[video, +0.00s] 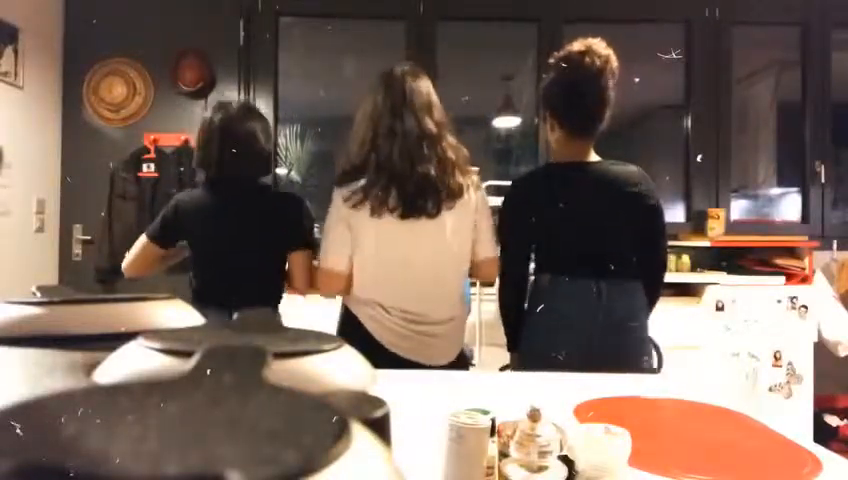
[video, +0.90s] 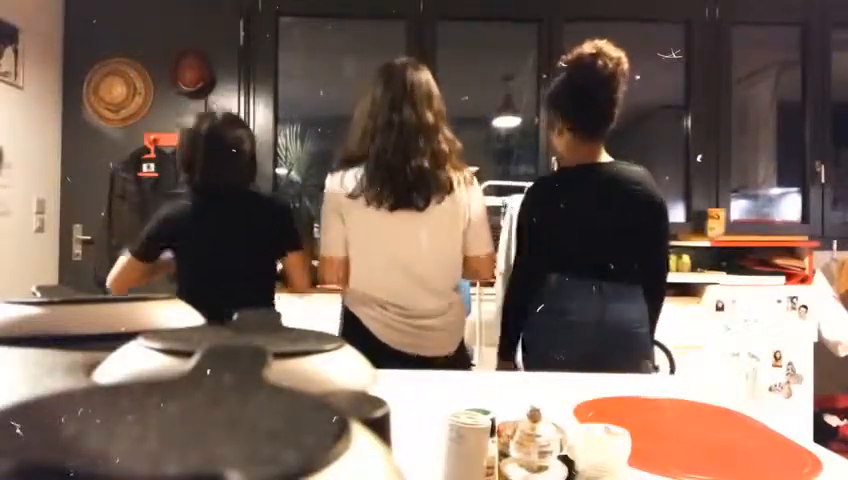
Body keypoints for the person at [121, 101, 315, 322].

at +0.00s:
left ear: (206, 151)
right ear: (265, 152)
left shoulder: (187, 205)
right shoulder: (288, 206)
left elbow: (132, 267)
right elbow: (301, 283)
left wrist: (185, 249)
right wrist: (273, 263)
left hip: (206, 339)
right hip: (266, 339)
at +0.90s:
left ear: (188, 160)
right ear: (248, 159)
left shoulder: (176, 215)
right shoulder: (274, 212)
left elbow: (117, 284)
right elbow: (301, 284)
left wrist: (168, 263)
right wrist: (272, 265)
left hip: (196, 347)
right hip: (260, 347)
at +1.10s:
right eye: (247, 151)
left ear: (192, 166)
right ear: (246, 162)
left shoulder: (182, 222)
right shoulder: (273, 212)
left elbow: (135, 289)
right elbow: (297, 289)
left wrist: (172, 278)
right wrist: (266, 279)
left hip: (204, 345)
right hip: (263, 342)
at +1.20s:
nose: (250, 143)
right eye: (245, 137)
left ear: (184, 156)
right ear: (237, 150)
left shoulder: (177, 214)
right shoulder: (263, 207)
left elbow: (131, 283)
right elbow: (292, 284)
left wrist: (183, 266)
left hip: (198, 340)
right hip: (257, 341)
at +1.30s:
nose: (240, 145)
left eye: (237, 137)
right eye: (229, 138)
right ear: (201, 150)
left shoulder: (185, 209)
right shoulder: (240, 204)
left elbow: (133, 274)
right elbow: (286, 288)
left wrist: (180, 252)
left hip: (206, 334)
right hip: (251, 335)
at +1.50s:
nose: (229, 137)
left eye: (236, 130)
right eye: (214, 131)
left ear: (249, 143)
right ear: (195, 153)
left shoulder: (197, 199)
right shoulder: (232, 200)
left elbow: (160, 267)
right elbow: (279, 285)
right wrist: (292, 269)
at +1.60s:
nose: (233, 154)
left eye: (239, 147)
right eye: (217, 148)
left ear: (250, 163)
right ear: (198, 170)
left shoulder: (203, 213)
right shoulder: (232, 216)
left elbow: (165, 282)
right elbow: (278, 297)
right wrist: (297, 280)